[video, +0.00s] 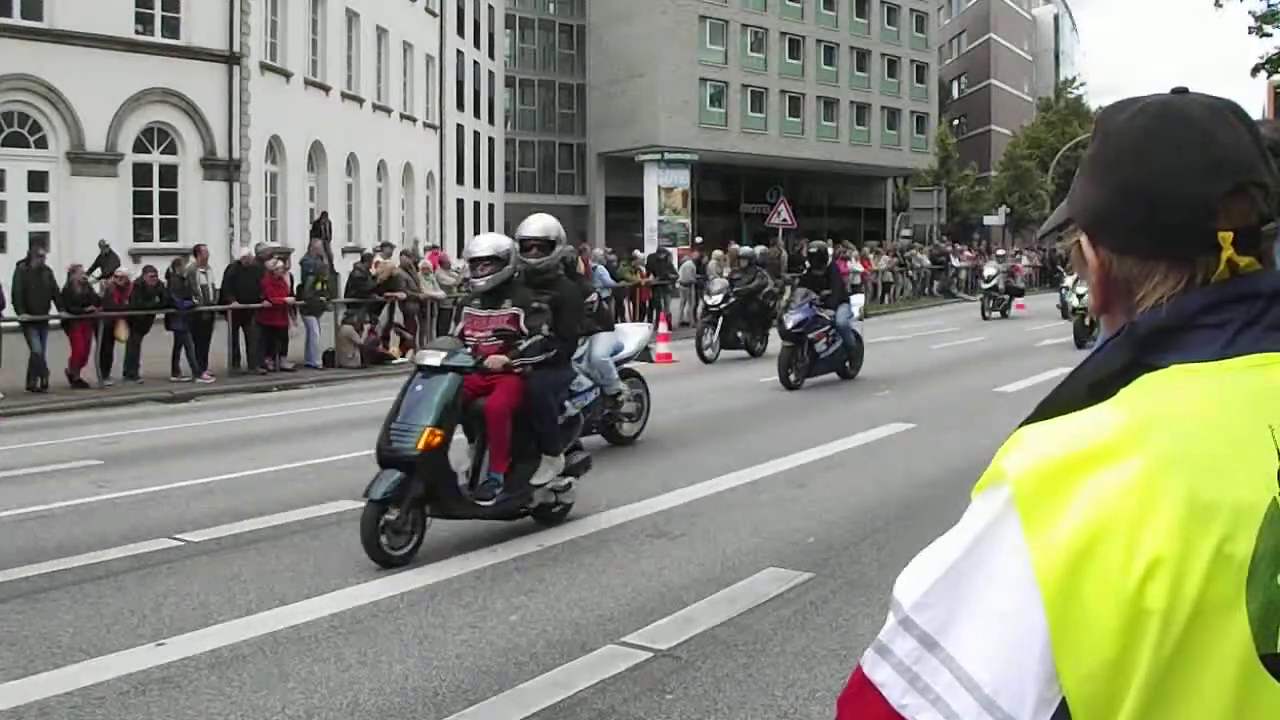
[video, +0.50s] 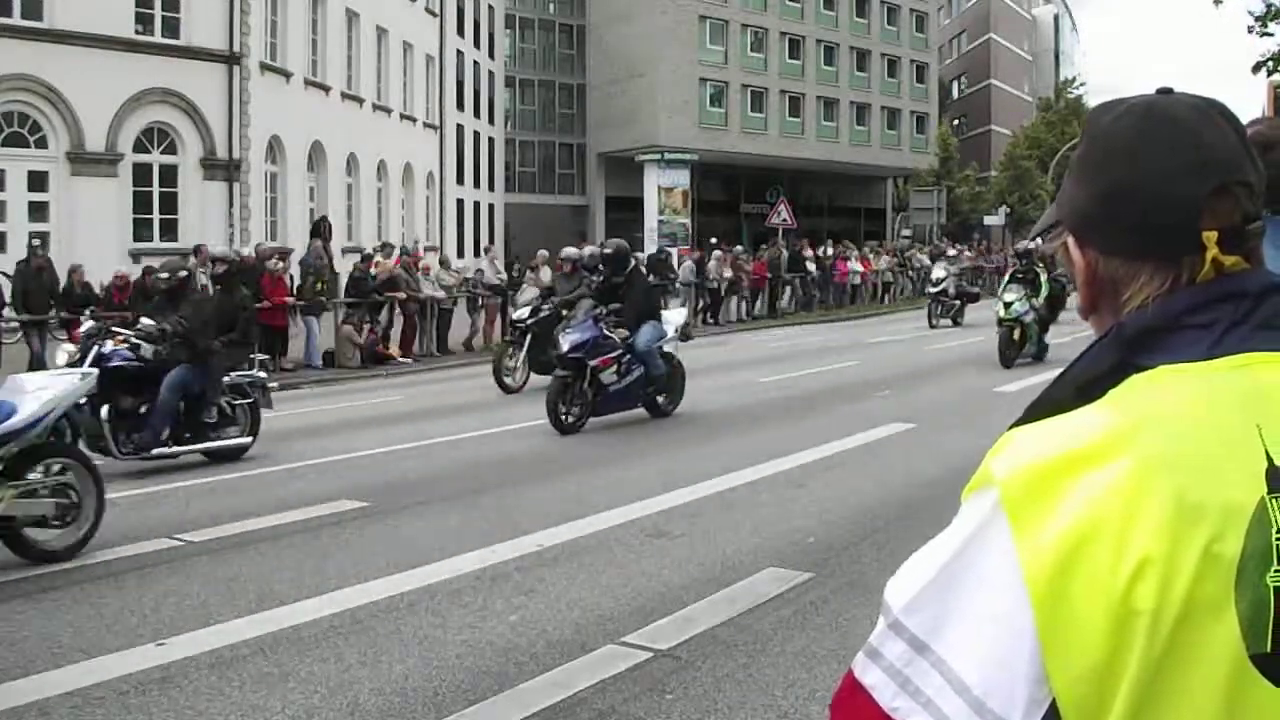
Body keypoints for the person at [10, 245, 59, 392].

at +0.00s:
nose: (42, 260)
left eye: (43, 257)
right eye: (39, 257)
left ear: (45, 257)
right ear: (31, 256)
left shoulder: (47, 271)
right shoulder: (21, 271)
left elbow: (55, 292)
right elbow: (16, 292)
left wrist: (61, 309)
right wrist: (20, 311)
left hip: (43, 314)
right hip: (28, 314)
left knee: (39, 351)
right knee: (36, 349)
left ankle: (31, 381)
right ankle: (43, 375)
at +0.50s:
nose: (40, 261)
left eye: (42, 258)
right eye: (37, 258)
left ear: (45, 256)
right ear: (31, 256)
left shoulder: (47, 265)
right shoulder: (22, 268)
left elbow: (54, 288)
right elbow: (16, 292)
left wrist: (59, 307)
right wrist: (21, 312)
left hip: (44, 313)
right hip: (27, 314)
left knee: (41, 350)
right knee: (36, 350)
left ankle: (31, 378)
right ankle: (43, 379)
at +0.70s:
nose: (34, 271)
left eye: (40, 266)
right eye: (33, 266)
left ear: (54, 269)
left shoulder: (66, 302)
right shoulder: (38, 299)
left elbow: (65, 342)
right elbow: (29, 329)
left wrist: (39, 354)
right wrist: (18, 347)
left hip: (63, 362)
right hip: (36, 357)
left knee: (34, 375)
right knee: (10, 370)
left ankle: (31, 425)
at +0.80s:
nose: (39, 260)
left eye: (42, 257)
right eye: (36, 256)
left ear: (44, 257)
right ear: (30, 256)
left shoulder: (46, 271)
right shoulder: (20, 270)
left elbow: (55, 293)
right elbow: (16, 292)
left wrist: (62, 310)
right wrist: (20, 311)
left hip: (43, 314)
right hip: (27, 315)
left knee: (39, 351)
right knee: (36, 349)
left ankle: (31, 382)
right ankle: (43, 375)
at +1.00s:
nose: (39, 260)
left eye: (41, 256)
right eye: (36, 256)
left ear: (44, 256)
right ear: (30, 256)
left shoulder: (46, 271)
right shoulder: (21, 270)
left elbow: (55, 292)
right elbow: (16, 293)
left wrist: (61, 310)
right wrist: (20, 311)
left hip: (43, 314)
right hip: (27, 315)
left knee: (39, 351)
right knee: (36, 350)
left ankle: (31, 382)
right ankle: (44, 375)